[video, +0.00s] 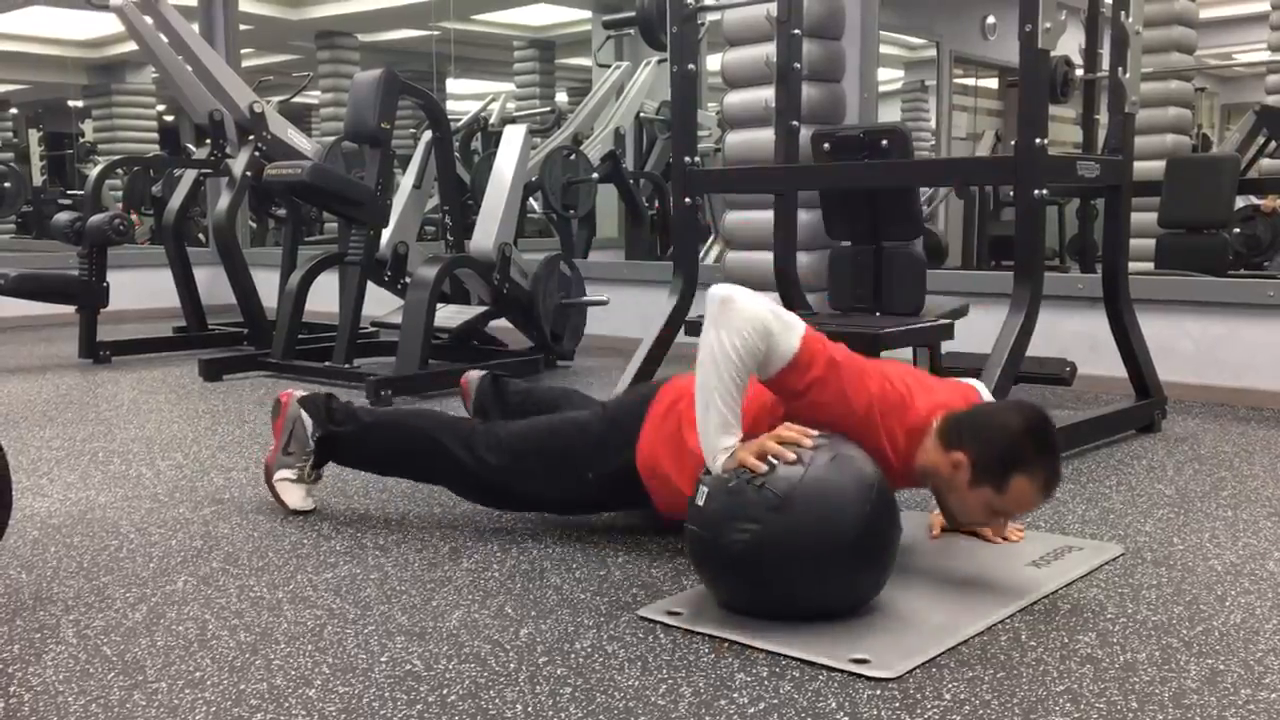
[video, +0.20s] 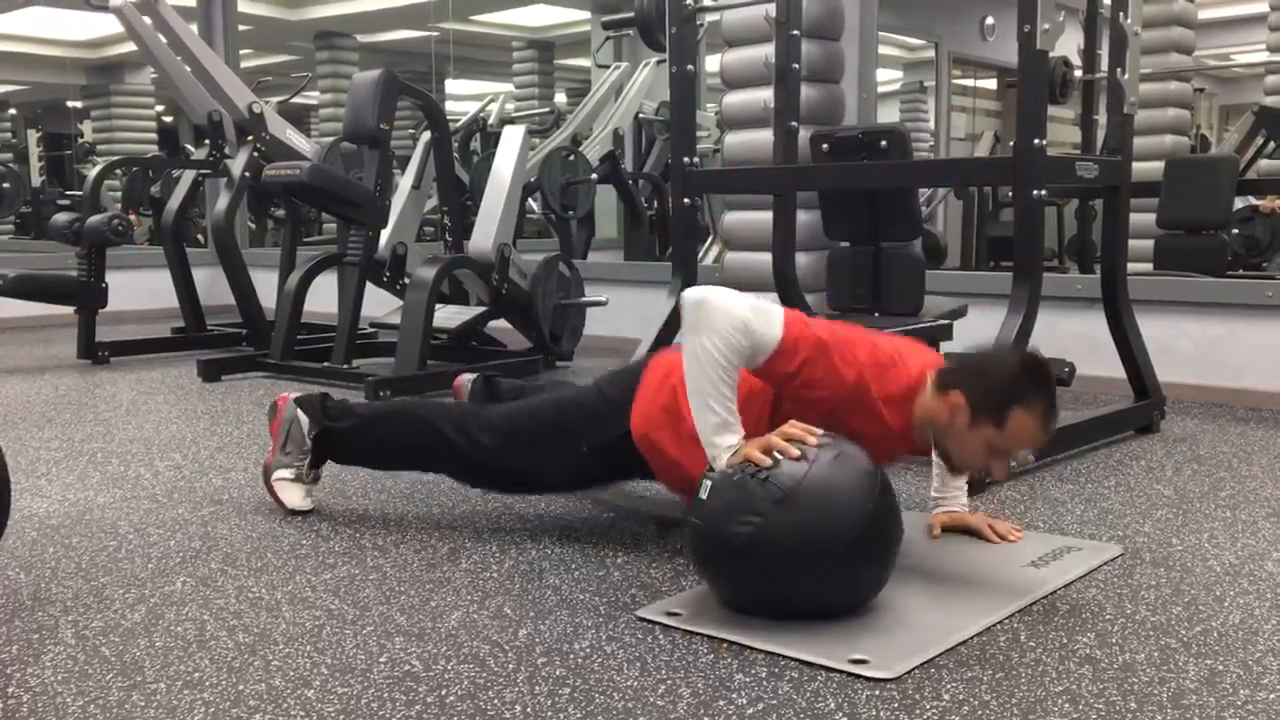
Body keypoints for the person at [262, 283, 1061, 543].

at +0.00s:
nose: (995, 525)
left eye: (1010, 519)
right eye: (991, 512)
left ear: (970, 460)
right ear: (947, 459)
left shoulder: (959, 418)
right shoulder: (867, 401)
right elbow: (732, 308)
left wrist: (954, 509)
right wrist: (725, 442)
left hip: (692, 452)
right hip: (657, 437)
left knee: (579, 422)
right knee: (488, 462)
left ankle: (483, 381)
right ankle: (319, 420)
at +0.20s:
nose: (993, 471)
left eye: (1011, 464)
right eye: (995, 452)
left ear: (984, 416)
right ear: (958, 403)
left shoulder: (933, 388)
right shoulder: (865, 373)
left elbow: (940, 429)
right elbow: (709, 308)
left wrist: (950, 500)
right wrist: (724, 448)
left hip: (695, 415)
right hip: (655, 399)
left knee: (554, 419)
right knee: (488, 443)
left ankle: (469, 388)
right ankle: (316, 424)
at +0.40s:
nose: (967, 306)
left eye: (981, 292)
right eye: (961, 284)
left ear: (970, 273)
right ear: (912, 242)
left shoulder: (918, 300)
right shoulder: (817, 242)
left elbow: (935, 394)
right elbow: (672, 331)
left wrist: (944, 496)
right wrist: (780, 412)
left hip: (657, 356)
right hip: (609, 307)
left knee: (525, 386)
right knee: (460, 382)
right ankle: (301, 421)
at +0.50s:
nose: (937, 239)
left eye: (952, 227)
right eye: (932, 216)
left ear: (952, 213)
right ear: (889, 172)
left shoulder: (899, 242)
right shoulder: (792, 196)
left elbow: (925, 356)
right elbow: (723, 347)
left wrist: (955, 468)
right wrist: (838, 350)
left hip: (644, 326)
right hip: (600, 286)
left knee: (536, 377)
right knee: (454, 375)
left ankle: (480, 414)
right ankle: (297, 424)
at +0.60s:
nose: (926, 244)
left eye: (938, 231)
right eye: (924, 223)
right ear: (881, 178)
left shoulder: (879, 196)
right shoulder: (781, 203)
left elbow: (918, 280)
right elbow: (676, 337)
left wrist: (955, 367)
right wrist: (794, 390)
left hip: (642, 317)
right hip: (586, 305)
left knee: (524, 376)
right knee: (445, 388)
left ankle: (478, 419)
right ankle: (291, 426)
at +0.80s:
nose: (951, 444)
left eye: (969, 431)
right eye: (954, 425)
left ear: (948, 362)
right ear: (919, 382)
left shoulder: (902, 313)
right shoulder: (808, 369)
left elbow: (889, 273)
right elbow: (673, 457)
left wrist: (863, 385)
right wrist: (698, 603)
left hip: (646, 340)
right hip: (595, 393)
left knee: (496, 400)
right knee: (442, 437)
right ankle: (290, 426)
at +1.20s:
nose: (937, 463)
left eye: (955, 451)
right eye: (938, 445)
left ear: (927, 374)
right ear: (894, 398)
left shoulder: (887, 324)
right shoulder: (779, 406)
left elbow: (892, 285)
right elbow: (647, 474)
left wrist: (878, 413)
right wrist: (688, 605)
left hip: (646, 368)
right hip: (593, 424)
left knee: (525, 394)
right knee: (435, 454)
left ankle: (470, 387)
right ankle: (285, 429)